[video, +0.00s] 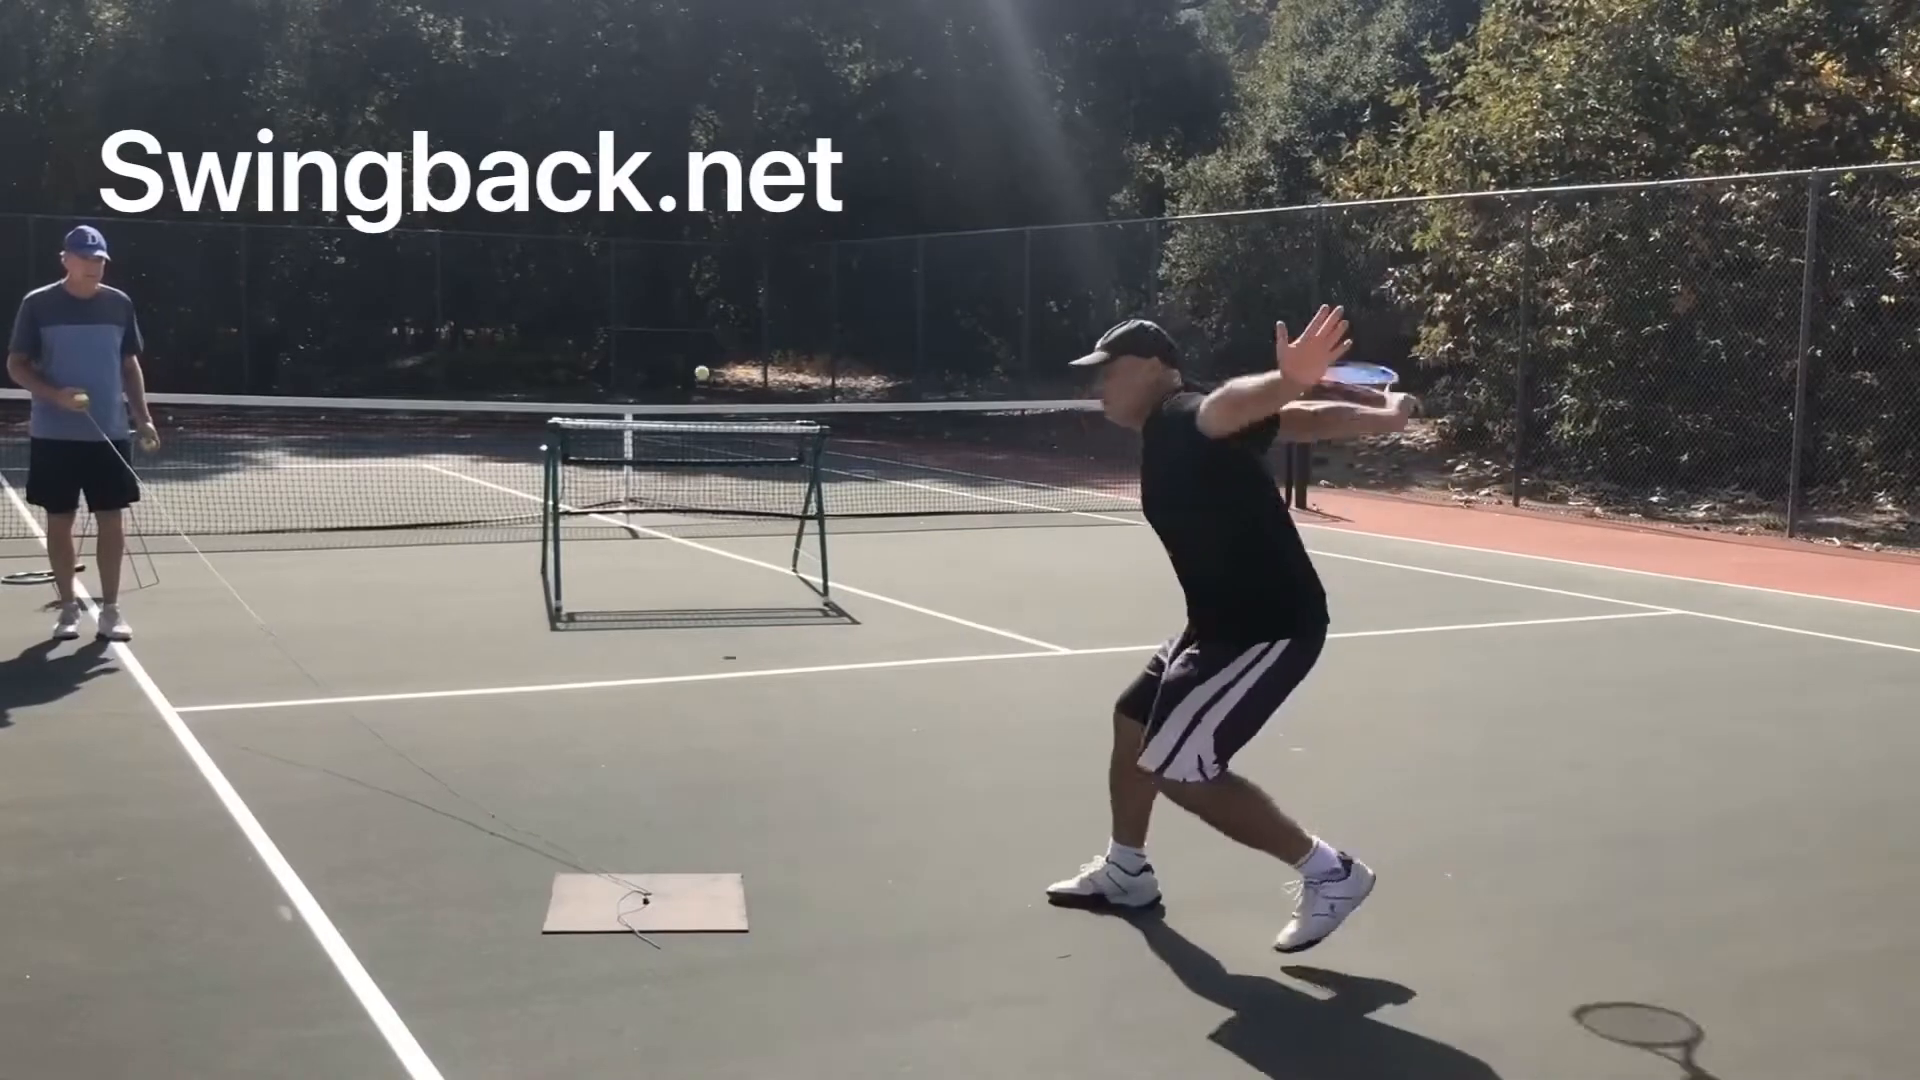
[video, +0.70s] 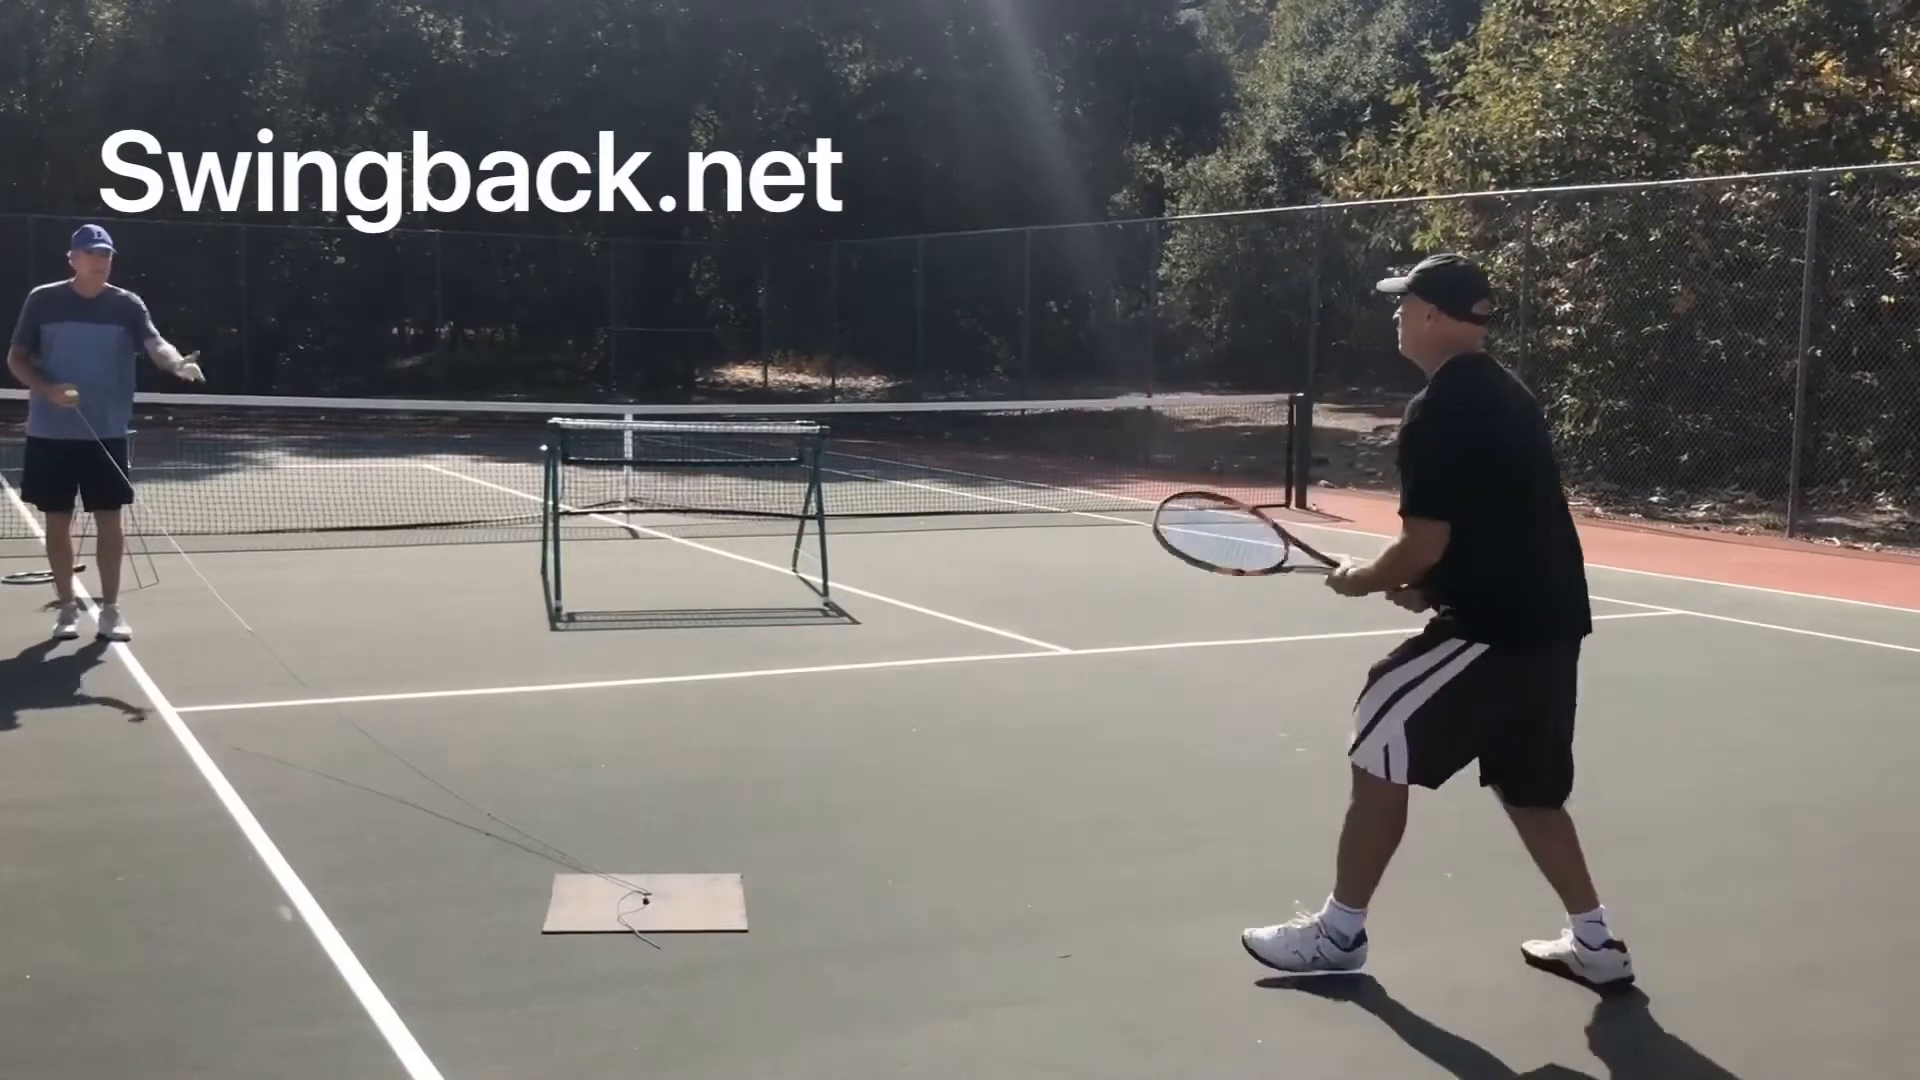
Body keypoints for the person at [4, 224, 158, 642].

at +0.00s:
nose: (92, 267)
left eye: (98, 260)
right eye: (84, 259)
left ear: (105, 263)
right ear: (65, 259)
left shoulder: (119, 304)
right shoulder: (37, 304)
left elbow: (130, 363)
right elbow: (16, 364)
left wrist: (142, 416)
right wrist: (53, 394)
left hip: (110, 436)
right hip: (55, 437)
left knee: (111, 520)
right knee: (60, 521)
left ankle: (111, 609)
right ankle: (69, 606)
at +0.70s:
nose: (101, 261)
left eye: (106, 254)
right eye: (92, 253)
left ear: (112, 259)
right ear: (73, 257)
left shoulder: (129, 306)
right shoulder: (42, 300)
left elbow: (156, 345)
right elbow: (16, 358)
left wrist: (177, 364)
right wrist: (46, 388)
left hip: (107, 436)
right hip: (52, 435)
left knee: (110, 520)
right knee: (58, 520)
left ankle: (110, 609)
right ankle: (68, 606)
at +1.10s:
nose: (93, 256)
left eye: (99, 249)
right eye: (86, 249)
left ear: (107, 255)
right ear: (69, 254)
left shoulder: (126, 299)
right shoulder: (41, 300)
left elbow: (157, 347)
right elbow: (22, 360)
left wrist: (122, 343)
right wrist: (51, 382)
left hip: (113, 430)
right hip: (57, 433)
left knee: (113, 519)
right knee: (60, 521)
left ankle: (111, 610)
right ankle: (68, 607)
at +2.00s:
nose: (87, 265)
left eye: (94, 258)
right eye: (80, 257)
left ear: (103, 260)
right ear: (63, 257)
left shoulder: (120, 302)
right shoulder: (36, 303)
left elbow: (135, 360)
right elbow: (17, 365)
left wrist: (138, 404)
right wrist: (59, 392)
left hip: (108, 433)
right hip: (54, 436)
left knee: (111, 518)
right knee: (59, 520)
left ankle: (110, 609)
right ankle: (68, 608)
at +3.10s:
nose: (103, 263)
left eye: (109, 256)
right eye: (95, 256)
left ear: (117, 260)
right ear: (79, 258)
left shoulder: (135, 304)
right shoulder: (49, 301)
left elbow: (158, 348)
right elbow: (23, 357)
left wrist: (169, 369)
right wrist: (54, 393)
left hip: (112, 435)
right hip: (58, 435)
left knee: (114, 520)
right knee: (60, 520)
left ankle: (110, 609)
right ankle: (68, 607)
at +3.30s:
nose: (108, 248)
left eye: (115, 241)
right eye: (101, 240)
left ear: (123, 249)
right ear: (84, 247)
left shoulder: (135, 288)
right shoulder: (55, 292)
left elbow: (154, 305)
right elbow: (29, 351)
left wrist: (168, 304)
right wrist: (55, 384)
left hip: (113, 423)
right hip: (60, 424)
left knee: (115, 513)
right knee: (60, 513)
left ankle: (113, 608)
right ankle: (65, 605)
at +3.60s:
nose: (108, 256)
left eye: (114, 249)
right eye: (101, 248)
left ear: (122, 256)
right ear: (83, 253)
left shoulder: (134, 297)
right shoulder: (52, 296)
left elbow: (149, 332)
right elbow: (24, 353)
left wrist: (132, 339)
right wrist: (47, 387)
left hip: (112, 430)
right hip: (56, 429)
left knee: (115, 519)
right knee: (48, 516)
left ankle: (112, 610)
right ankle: (34, 608)